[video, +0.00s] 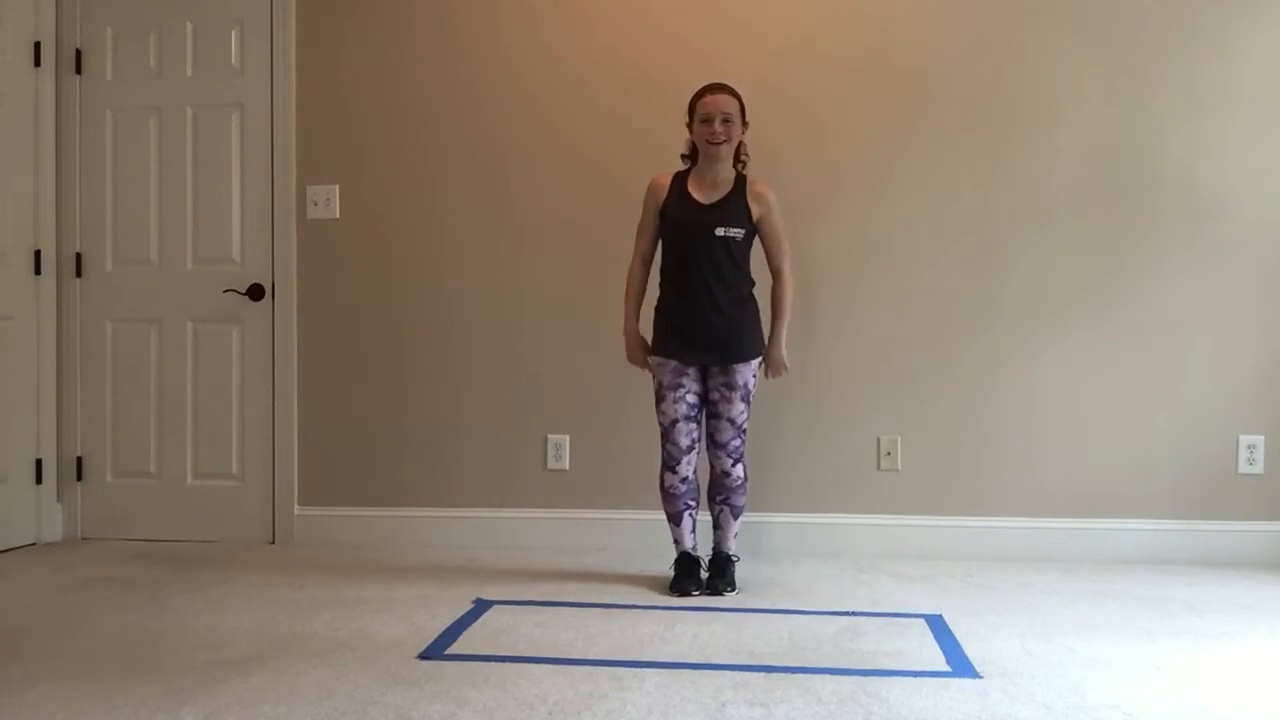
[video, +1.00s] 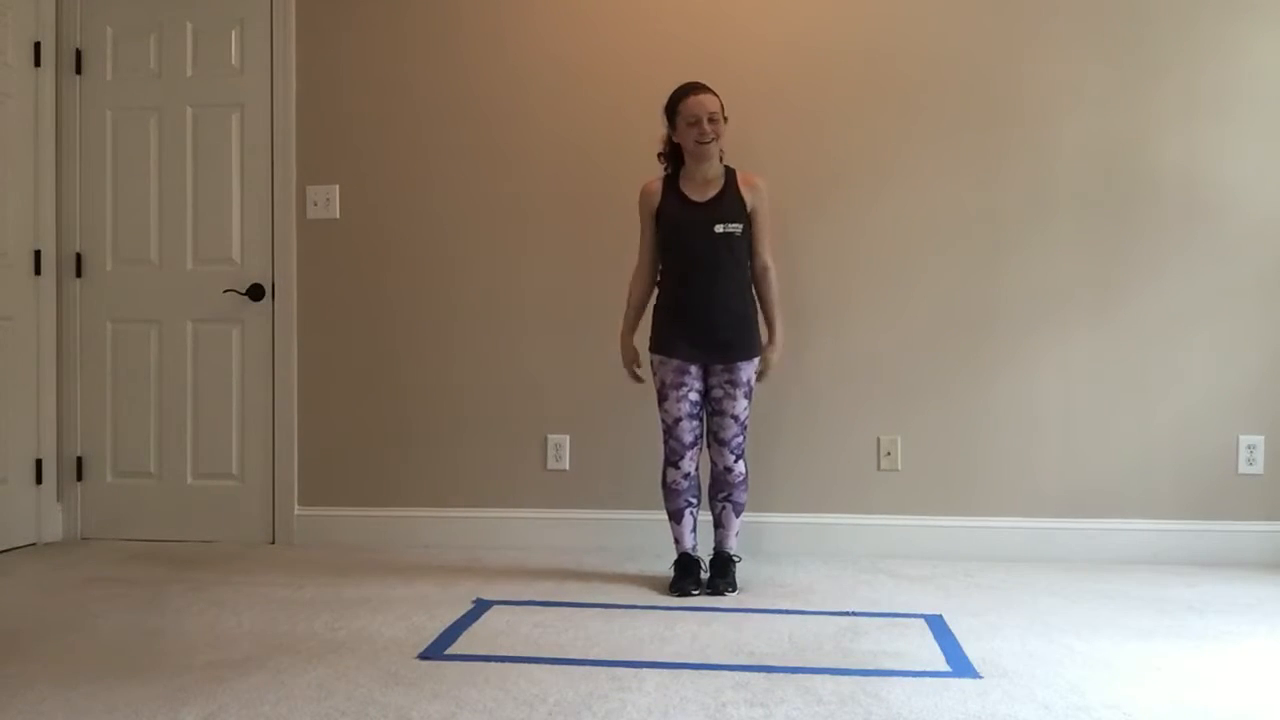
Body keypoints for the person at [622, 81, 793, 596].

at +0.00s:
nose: (717, 128)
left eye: (727, 119)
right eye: (707, 119)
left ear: (742, 128)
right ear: (691, 128)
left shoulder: (756, 196)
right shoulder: (664, 189)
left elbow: (781, 271)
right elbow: (641, 261)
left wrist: (777, 342)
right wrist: (631, 327)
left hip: (737, 346)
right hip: (674, 343)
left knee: (727, 454)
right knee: (678, 452)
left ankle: (724, 555)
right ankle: (685, 556)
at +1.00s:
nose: (705, 129)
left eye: (713, 119)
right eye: (693, 121)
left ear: (724, 125)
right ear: (674, 130)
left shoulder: (750, 188)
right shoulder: (656, 192)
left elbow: (762, 265)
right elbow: (646, 268)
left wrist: (774, 333)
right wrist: (628, 333)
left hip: (736, 344)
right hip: (675, 343)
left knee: (728, 451)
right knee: (680, 451)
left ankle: (724, 555)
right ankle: (686, 557)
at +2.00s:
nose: (702, 131)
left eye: (710, 123)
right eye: (690, 123)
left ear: (721, 129)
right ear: (670, 131)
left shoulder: (739, 192)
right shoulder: (647, 190)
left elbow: (770, 252)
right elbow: (630, 263)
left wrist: (811, 282)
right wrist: (604, 308)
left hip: (723, 341)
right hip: (664, 341)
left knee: (721, 448)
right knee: (672, 450)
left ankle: (724, 555)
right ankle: (683, 556)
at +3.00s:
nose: (693, 128)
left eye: (703, 119)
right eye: (682, 120)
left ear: (718, 128)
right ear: (667, 130)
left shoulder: (739, 191)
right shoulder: (649, 192)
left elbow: (757, 259)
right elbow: (639, 269)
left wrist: (768, 309)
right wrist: (612, 334)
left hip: (724, 345)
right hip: (660, 344)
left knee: (723, 454)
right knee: (658, 455)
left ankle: (723, 554)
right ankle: (678, 561)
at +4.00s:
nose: (731, 121)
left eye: (741, 108)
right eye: (718, 113)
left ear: (761, 113)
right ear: (703, 124)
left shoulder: (784, 180)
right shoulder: (689, 193)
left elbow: (842, 227)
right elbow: (663, 269)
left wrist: (873, 155)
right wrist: (612, 324)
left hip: (736, 341)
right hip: (659, 330)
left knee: (793, 467)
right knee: (612, 457)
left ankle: (853, 589)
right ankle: (590, 579)